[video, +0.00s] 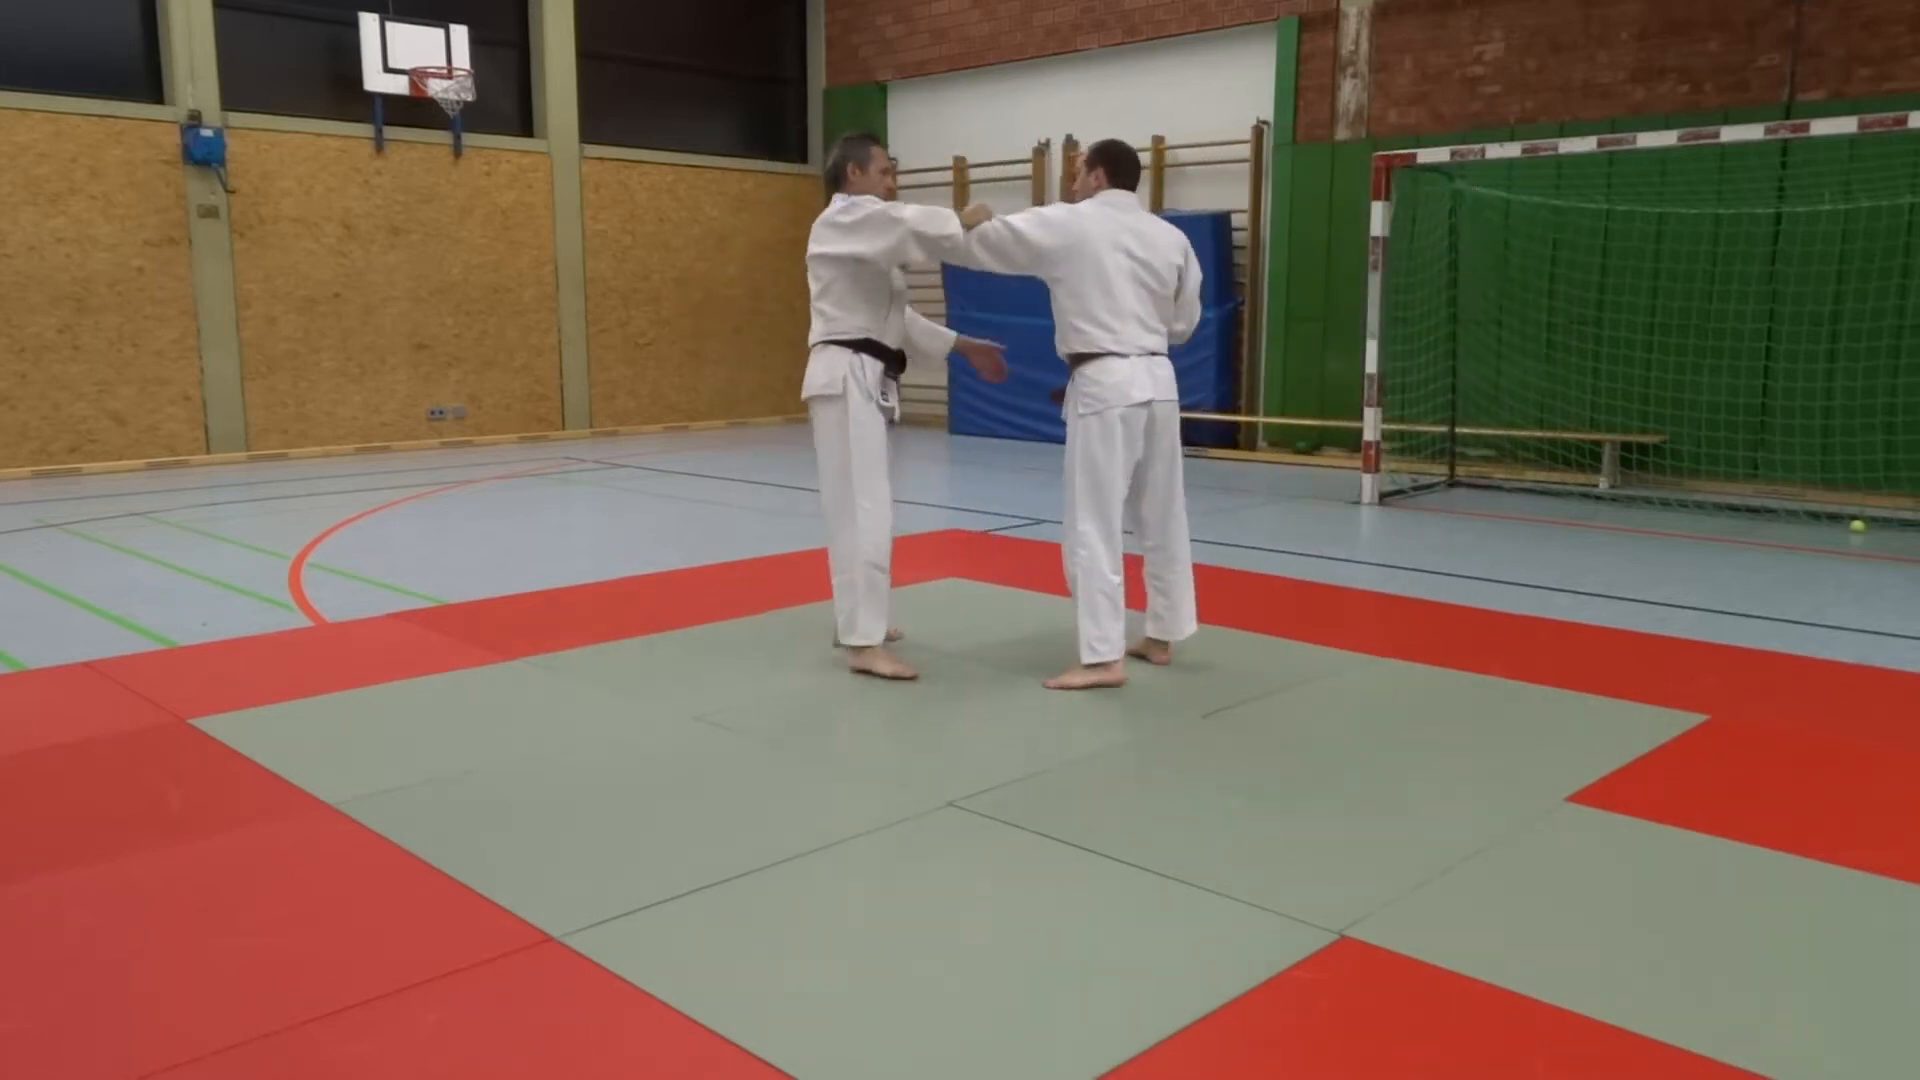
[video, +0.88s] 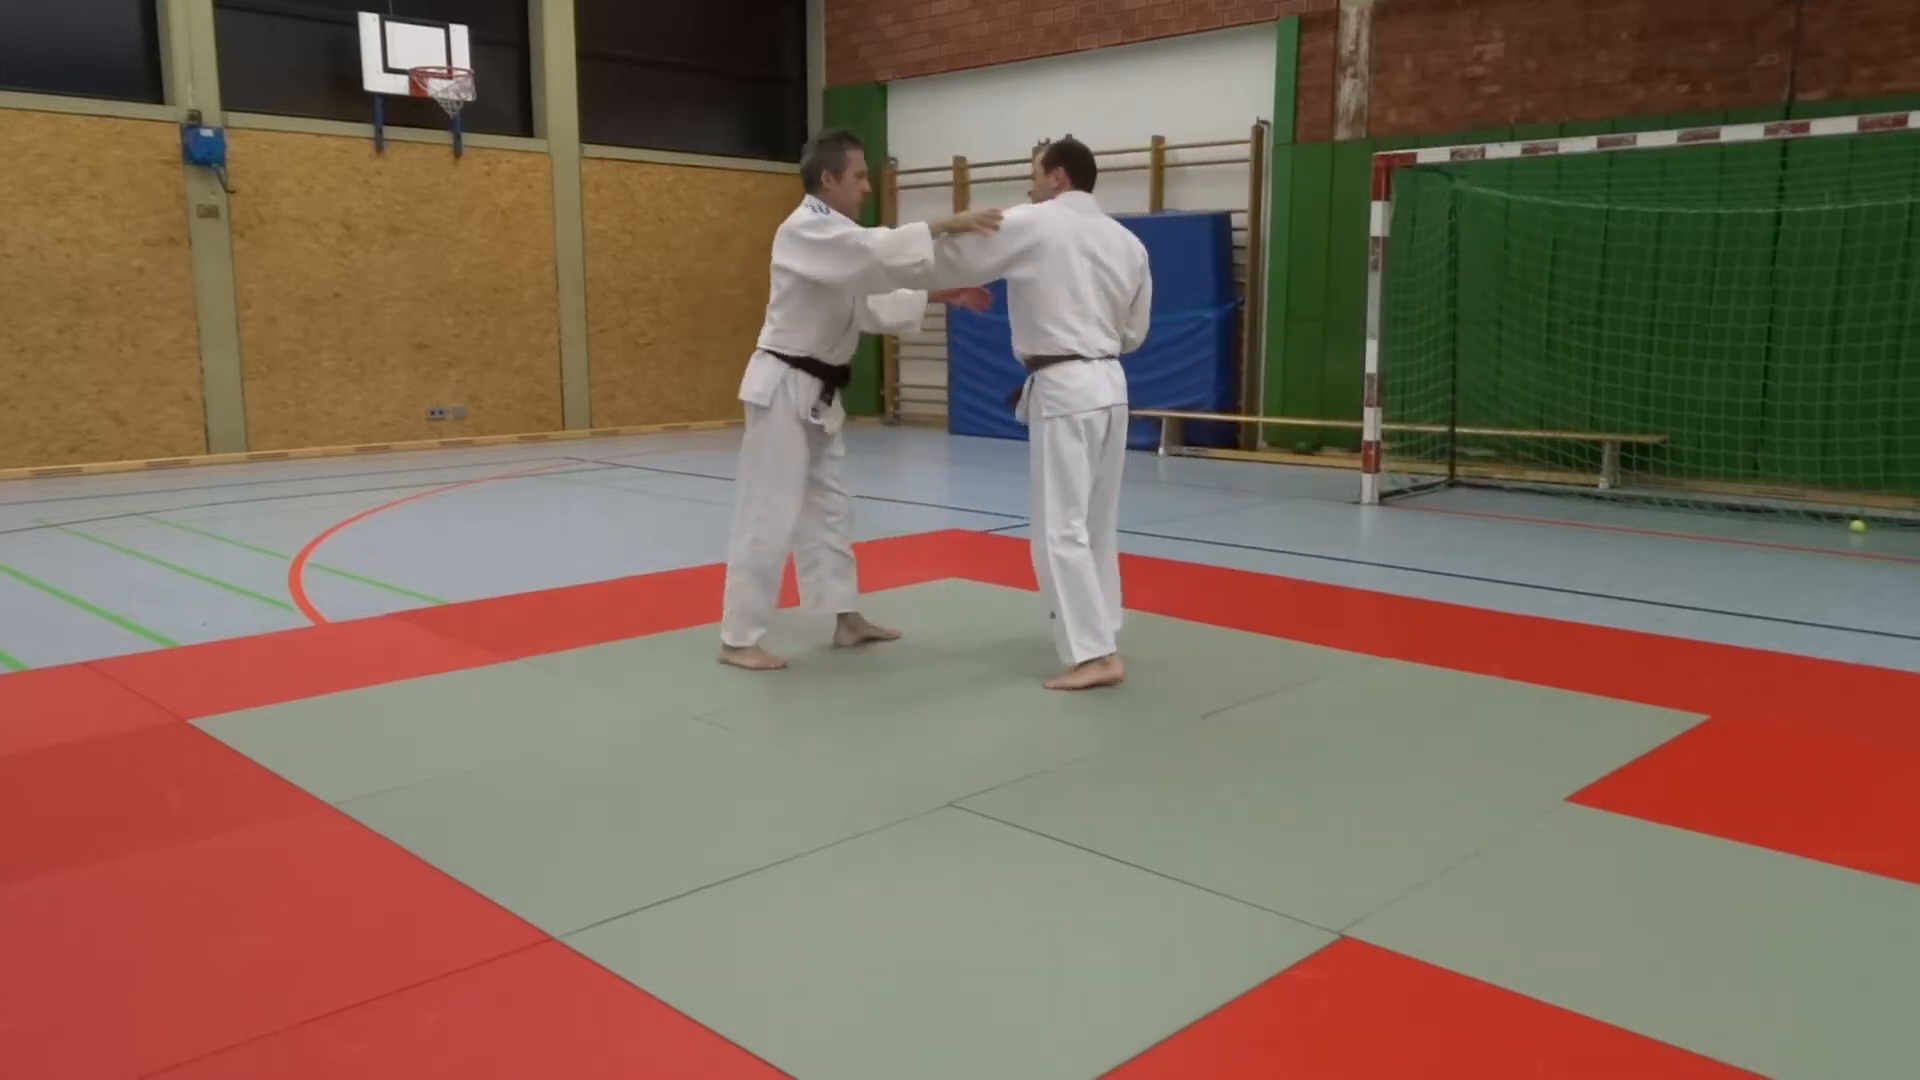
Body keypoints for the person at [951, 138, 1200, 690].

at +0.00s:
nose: (1073, 184)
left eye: (1077, 175)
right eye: (1075, 175)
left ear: (1097, 176)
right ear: (1132, 181)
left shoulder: (1067, 223)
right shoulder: (1170, 236)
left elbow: (982, 240)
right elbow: (1183, 324)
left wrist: (965, 221)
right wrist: (1132, 322)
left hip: (1102, 383)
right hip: (1160, 381)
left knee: (1093, 522)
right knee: (1163, 514)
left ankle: (1102, 658)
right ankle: (1162, 638)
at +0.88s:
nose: (1034, 185)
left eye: (1037, 176)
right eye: (1035, 176)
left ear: (1058, 177)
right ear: (1084, 180)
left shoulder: (1033, 222)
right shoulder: (1127, 242)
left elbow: (961, 256)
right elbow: (1134, 333)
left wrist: (893, 252)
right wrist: (1071, 353)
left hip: (1060, 385)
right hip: (1111, 383)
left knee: (1061, 526)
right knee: (1099, 522)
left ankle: (1093, 657)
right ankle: (1104, 641)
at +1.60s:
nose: (1030, 180)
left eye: (1037, 170)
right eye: (1032, 170)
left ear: (1066, 174)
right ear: (1083, 177)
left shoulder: (1052, 217)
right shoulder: (1124, 242)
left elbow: (989, 255)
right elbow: (1102, 317)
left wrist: (913, 248)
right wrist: (1026, 318)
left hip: (1082, 391)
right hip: (1112, 385)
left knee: (1084, 521)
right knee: (1098, 514)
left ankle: (1115, 651)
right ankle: (1097, 627)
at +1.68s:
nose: (1027, 179)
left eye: (1034, 170)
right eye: (1029, 170)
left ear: (1066, 174)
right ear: (1067, 176)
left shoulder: (1079, 218)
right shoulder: (1072, 224)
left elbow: (1012, 260)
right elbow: (1050, 328)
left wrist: (946, 252)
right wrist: (975, 349)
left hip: (1094, 393)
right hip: (1070, 393)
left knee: (1087, 525)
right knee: (1065, 520)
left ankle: (1115, 651)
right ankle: (1095, 628)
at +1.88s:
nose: (998, 192)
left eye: (1010, 184)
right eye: (997, 182)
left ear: (1044, 192)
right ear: (1000, 190)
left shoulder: (1075, 238)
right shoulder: (998, 253)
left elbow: (1028, 299)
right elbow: (971, 342)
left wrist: (962, 292)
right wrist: (895, 354)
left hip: (1082, 401)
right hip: (1024, 405)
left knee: (1107, 531)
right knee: (1000, 533)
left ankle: (1131, 653)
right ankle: (1041, 591)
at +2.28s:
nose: (971, 199)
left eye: (983, 190)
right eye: (965, 189)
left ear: (1012, 197)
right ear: (959, 195)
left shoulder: (1044, 251)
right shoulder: (946, 252)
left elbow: (1028, 312)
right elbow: (920, 306)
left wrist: (961, 295)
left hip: (1034, 403)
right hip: (972, 404)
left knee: (1062, 529)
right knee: (953, 539)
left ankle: (1103, 645)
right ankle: (966, 630)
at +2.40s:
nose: (968, 195)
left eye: (979, 185)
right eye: (963, 185)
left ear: (1013, 189)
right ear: (959, 188)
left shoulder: (1040, 245)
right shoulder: (951, 232)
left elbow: (1003, 308)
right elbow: (906, 272)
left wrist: (944, 281)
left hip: (1031, 400)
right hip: (971, 397)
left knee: (1062, 525)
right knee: (955, 527)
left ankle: (1099, 641)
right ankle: (966, 629)